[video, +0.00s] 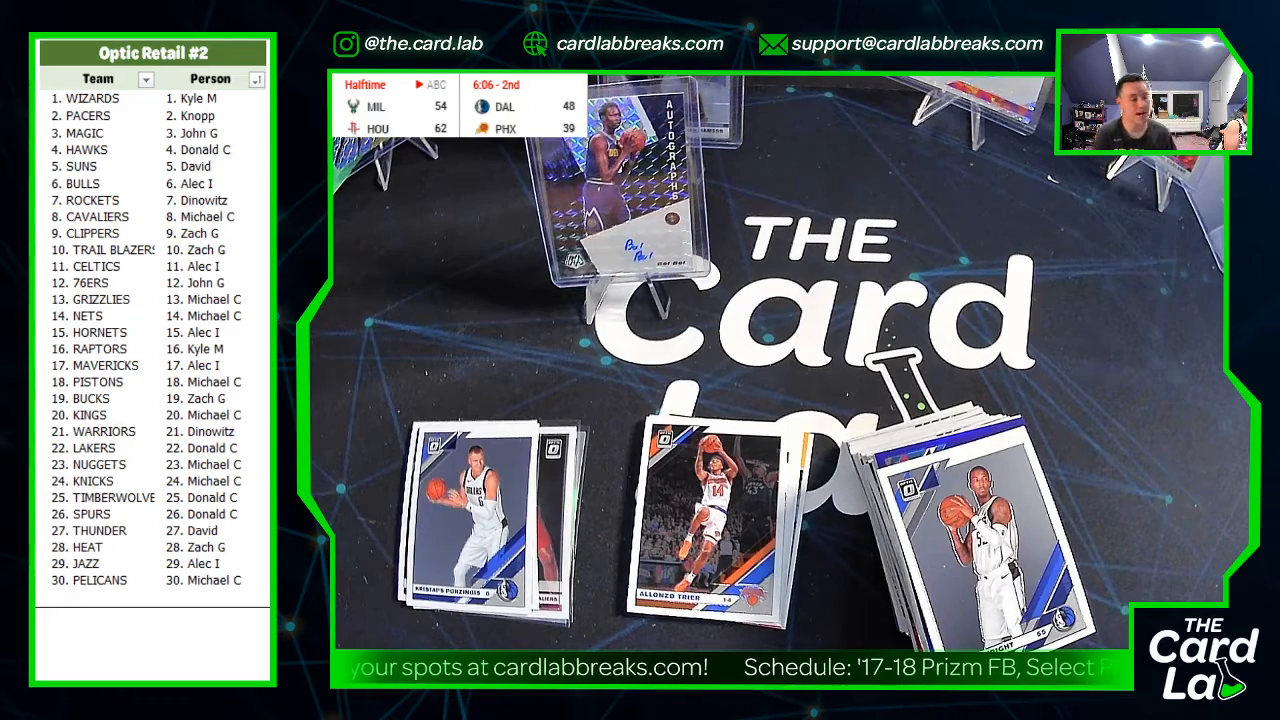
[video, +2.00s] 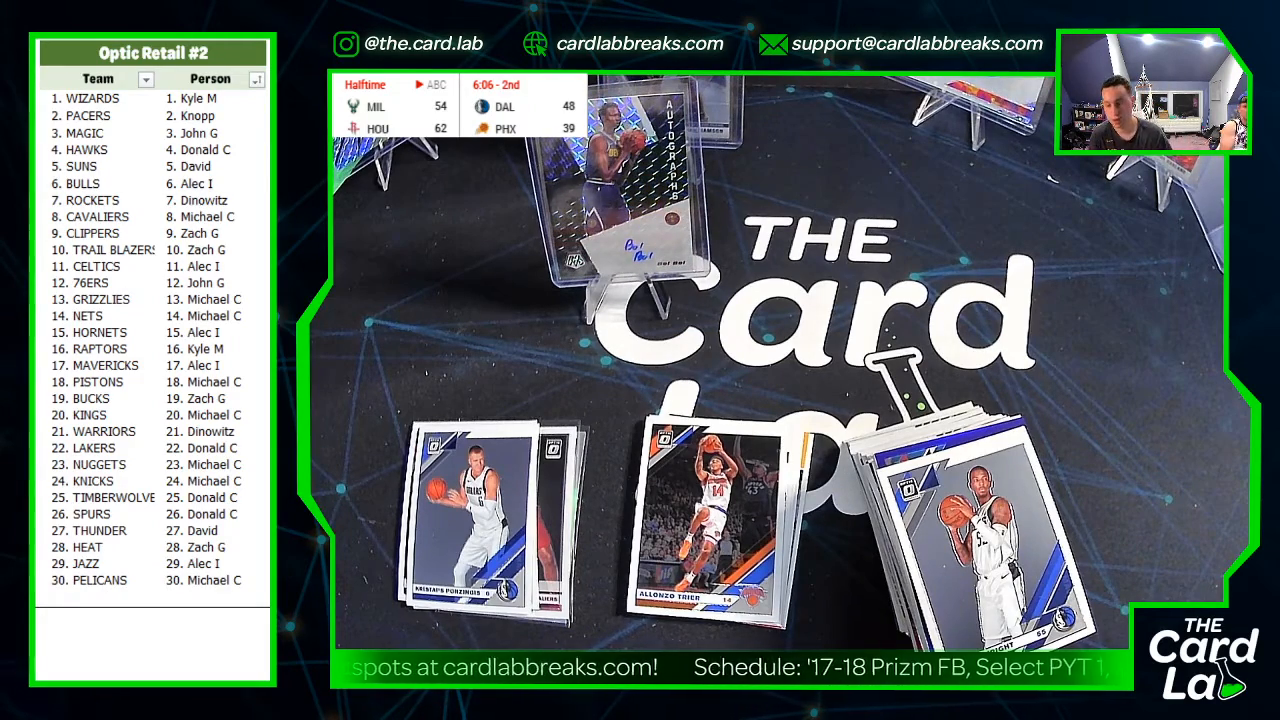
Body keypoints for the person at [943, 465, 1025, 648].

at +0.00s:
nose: (980, 483)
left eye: (984, 479)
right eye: (976, 480)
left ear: (990, 482)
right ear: (970, 485)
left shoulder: (1000, 504)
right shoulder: (975, 518)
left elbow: (998, 539)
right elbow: (965, 559)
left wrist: (973, 517)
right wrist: (953, 531)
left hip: (1007, 579)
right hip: (985, 584)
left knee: (1018, 633)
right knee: (992, 640)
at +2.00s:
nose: (980, 483)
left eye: (984, 479)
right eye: (976, 480)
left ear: (990, 482)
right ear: (970, 485)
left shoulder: (1000, 504)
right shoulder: (975, 518)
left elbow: (997, 539)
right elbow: (965, 559)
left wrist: (973, 517)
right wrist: (953, 530)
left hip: (1007, 579)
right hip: (985, 584)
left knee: (1018, 632)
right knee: (992, 639)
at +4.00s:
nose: (980, 483)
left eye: (984, 479)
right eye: (976, 480)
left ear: (990, 481)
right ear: (970, 485)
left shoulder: (1000, 504)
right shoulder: (974, 517)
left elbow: (996, 538)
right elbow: (965, 559)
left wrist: (972, 516)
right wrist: (953, 530)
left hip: (1007, 579)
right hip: (985, 585)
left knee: (1018, 632)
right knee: (992, 640)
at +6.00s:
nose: (980, 484)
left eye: (983, 480)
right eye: (975, 481)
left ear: (990, 482)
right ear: (970, 486)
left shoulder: (999, 504)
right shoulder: (974, 519)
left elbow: (997, 539)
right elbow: (965, 559)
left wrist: (972, 516)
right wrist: (953, 531)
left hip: (1006, 578)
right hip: (984, 585)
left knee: (1017, 632)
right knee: (991, 639)